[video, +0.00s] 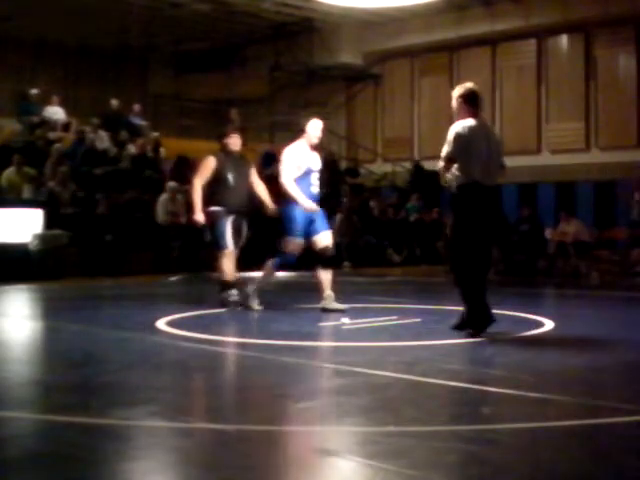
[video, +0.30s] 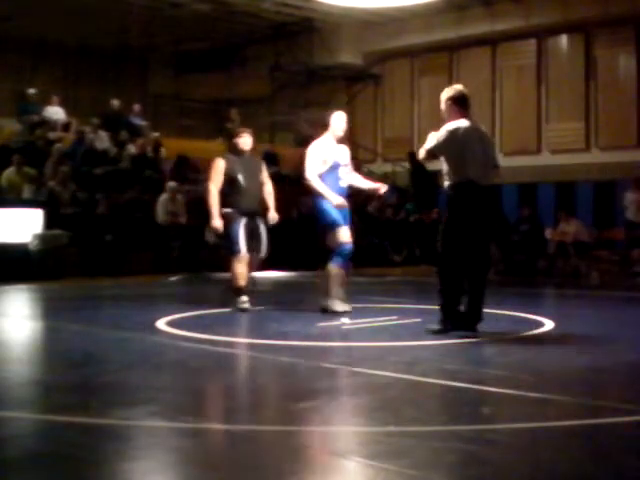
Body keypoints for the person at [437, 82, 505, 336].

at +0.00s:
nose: (452, 107)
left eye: (454, 102)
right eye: (453, 102)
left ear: (462, 103)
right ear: (476, 104)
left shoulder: (459, 130)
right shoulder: (490, 132)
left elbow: (446, 159)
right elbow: (500, 166)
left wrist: (444, 169)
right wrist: (481, 173)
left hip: (466, 196)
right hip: (488, 196)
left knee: (463, 253)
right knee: (480, 253)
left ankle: (475, 312)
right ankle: (479, 310)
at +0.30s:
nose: (442, 112)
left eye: (444, 107)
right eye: (443, 107)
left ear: (451, 107)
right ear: (467, 107)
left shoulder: (450, 132)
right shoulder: (483, 134)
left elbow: (425, 155)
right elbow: (494, 167)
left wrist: (433, 137)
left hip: (458, 198)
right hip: (483, 198)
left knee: (450, 255)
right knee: (478, 256)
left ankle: (450, 317)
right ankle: (472, 317)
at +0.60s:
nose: (434, 109)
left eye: (436, 105)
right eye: (434, 104)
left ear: (443, 106)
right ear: (459, 105)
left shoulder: (435, 130)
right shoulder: (477, 132)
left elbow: (409, 152)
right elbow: (493, 163)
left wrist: (423, 129)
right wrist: (478, 182)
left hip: (446, 198)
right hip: (472, 198)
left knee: (445, 260)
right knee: (473, 261)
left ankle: (444, 320)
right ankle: (470, 321)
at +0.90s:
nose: (422, 109)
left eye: (423, 105)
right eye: (423, 105)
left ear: (428, 107)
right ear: (447, 105)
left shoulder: (424, 134)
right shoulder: (465, 129)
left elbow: (402, 159)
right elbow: (489, 152)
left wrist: (412, 183)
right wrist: (476, 177)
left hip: (436, 198)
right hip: (462, 196)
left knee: (440, 261)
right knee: (462, 259)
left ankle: (445, 322)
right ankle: (468, 322)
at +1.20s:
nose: (410, 116)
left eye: (411, 111)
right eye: (411, 111)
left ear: (415, 111)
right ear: (433, 108)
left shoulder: (416, 136)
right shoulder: (453, 130)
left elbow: (405, 170)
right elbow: (475, 156)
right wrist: (461, 172)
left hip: (432, 198)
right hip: (456, 196)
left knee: (436, 259)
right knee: (454, 257)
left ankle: (444, 322)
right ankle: (458, 318)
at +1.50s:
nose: (403, 116)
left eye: (405, 111)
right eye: (404, 111)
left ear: (410, 112)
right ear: (429, 111)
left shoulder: (409, 138)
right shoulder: (449, 134)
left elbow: (393, 175)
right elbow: (459, 173)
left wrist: (393, 202)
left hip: (424, 199)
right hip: (449, 197)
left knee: (434, 261)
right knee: (439, 259)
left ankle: (446, 322)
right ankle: (432, 313)